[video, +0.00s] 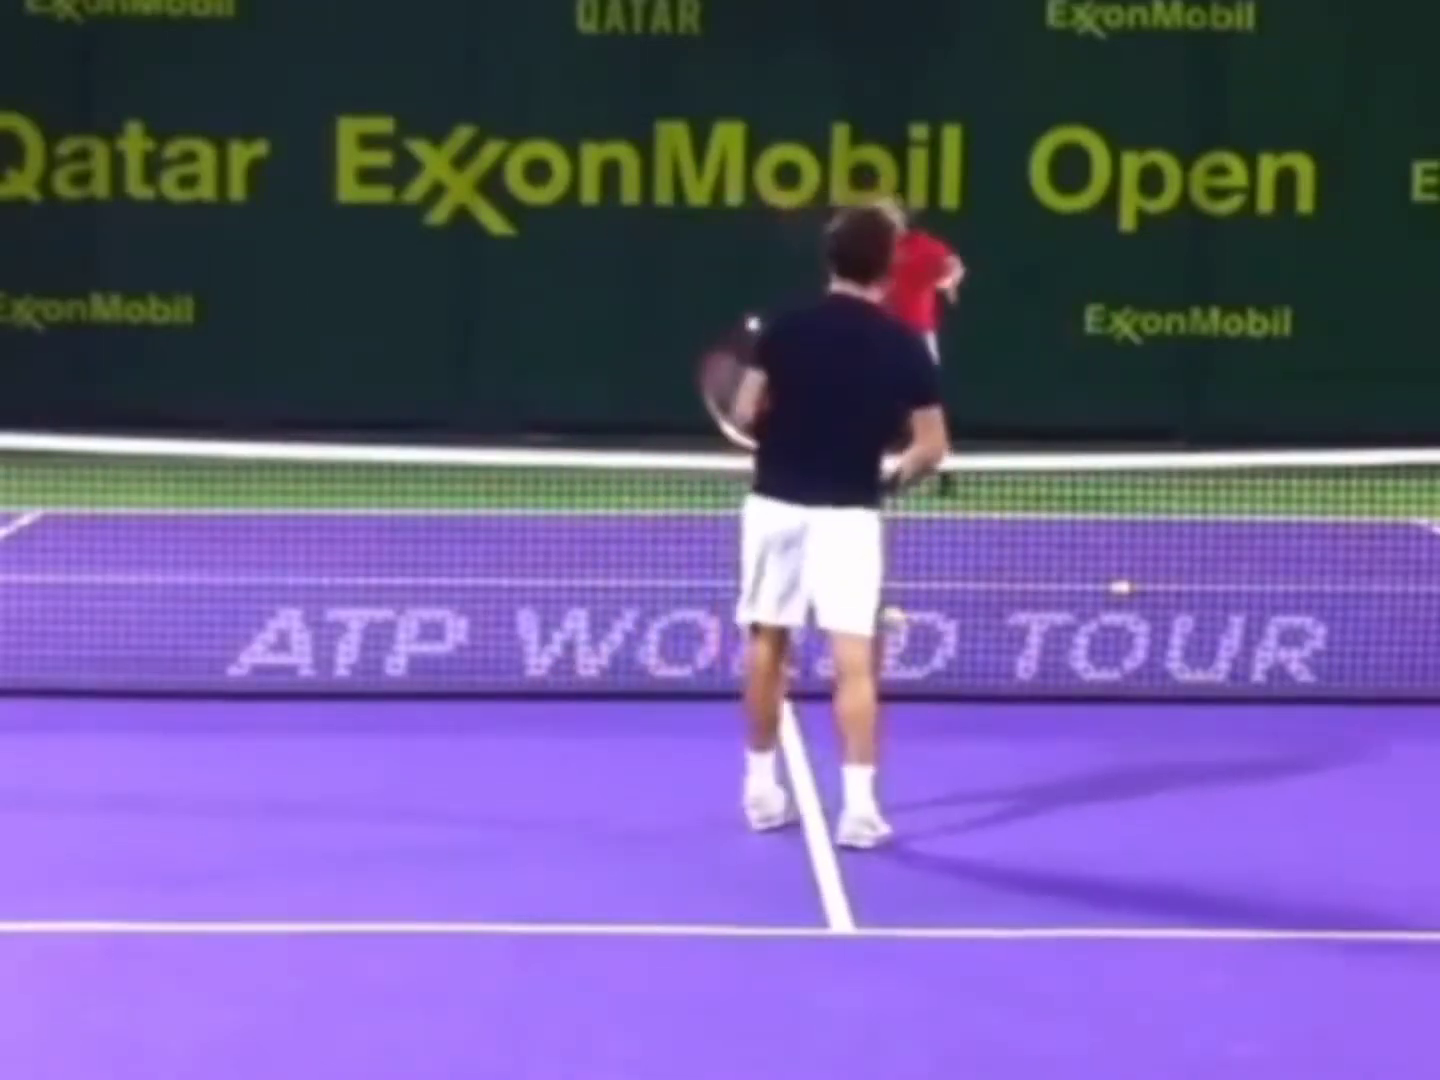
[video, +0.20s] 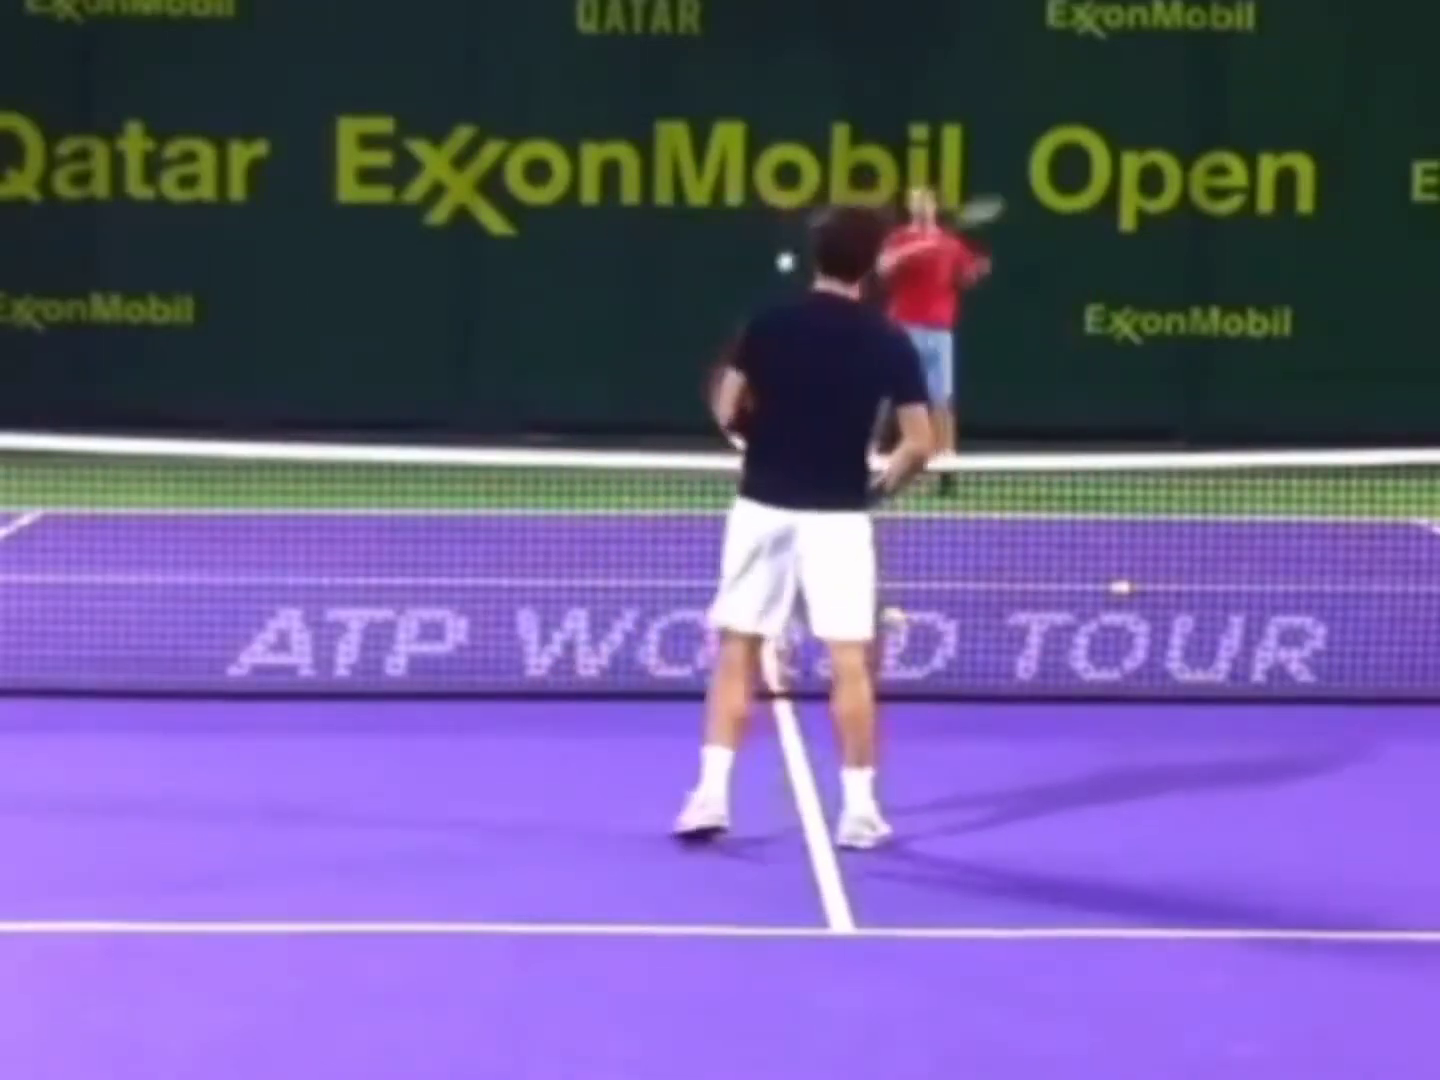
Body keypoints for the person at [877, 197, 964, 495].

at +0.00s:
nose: (885, 231)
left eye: (888, 224)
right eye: (880, 226)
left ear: (898, 223)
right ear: (876, 229)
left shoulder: (918, 245)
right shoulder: (875, 248)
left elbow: (953, 264)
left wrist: (944, 282)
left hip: (919, 332)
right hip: (882, 333)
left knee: (924, 401)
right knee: (890, 401)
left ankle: (938, 462)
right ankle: (892, 461)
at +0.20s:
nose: (923, 211)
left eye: (927, 205)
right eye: (917, 205)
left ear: (935, 208)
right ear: (909, 208)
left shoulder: (948, 242)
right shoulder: (900, 239)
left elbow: (964, 276)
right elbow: (883, 268)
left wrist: (978, 268)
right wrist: (917, 247)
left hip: (939, 325)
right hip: (905, 323)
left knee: (941, 395)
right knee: (904, 393)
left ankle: (945, 453)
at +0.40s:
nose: (936, 210)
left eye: (941, 204)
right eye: (931, 203)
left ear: (948, 208)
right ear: (923, 208)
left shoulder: (949, 243)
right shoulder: (921, 236)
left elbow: (955, 285)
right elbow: (941, 260)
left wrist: (974, 302)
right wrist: (971, 267)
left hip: (946, 327)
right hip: (915, 323)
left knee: (947, 398)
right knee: (908, 393)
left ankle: (948, 463)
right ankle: (873, 450)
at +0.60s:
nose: (944, 210)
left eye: (948, 203)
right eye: (939, 204)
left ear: (956, 208)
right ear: (930, 208)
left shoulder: (951, 241)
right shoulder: (929, 237)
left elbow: (958, 295)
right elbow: (925, 278)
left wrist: (984, 329)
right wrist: (959, 301)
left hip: (946, 328)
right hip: (918, 325)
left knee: (949, 398)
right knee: (919, 392)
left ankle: (946, 460)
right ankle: (883, 452)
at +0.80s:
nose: (941, 210)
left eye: (945, 204)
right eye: (936, 204)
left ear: (954, 208)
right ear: (928, 208)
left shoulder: (958, 243)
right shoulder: (914, 241)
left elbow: (961, 283)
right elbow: (898, 282)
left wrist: (966, 315)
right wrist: (932, 314)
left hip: (944, 333)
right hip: (910, 331)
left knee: (945, 397)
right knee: (909, 388)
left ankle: (948, 457)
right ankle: (889, 446)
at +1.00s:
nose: (920, 214)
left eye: (924, 207)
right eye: (915, 208)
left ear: (934, 212)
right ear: (908, 213)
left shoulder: (954, 248)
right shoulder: (894, 247)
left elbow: (960, 288)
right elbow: (879, 290)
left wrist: (946, 327)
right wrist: (904, 326)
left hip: (933, 337)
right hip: (897, 335)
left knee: (940, 401)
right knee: (877, 392)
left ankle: (948, 462)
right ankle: (857, 455)